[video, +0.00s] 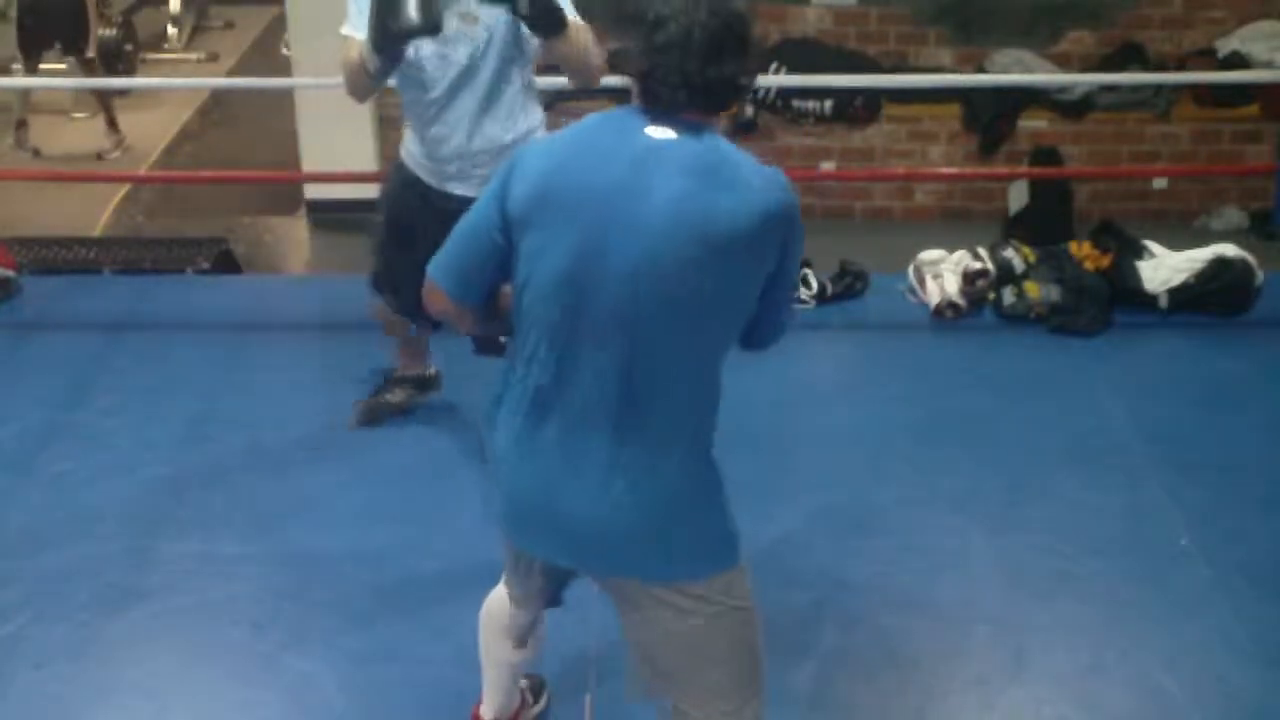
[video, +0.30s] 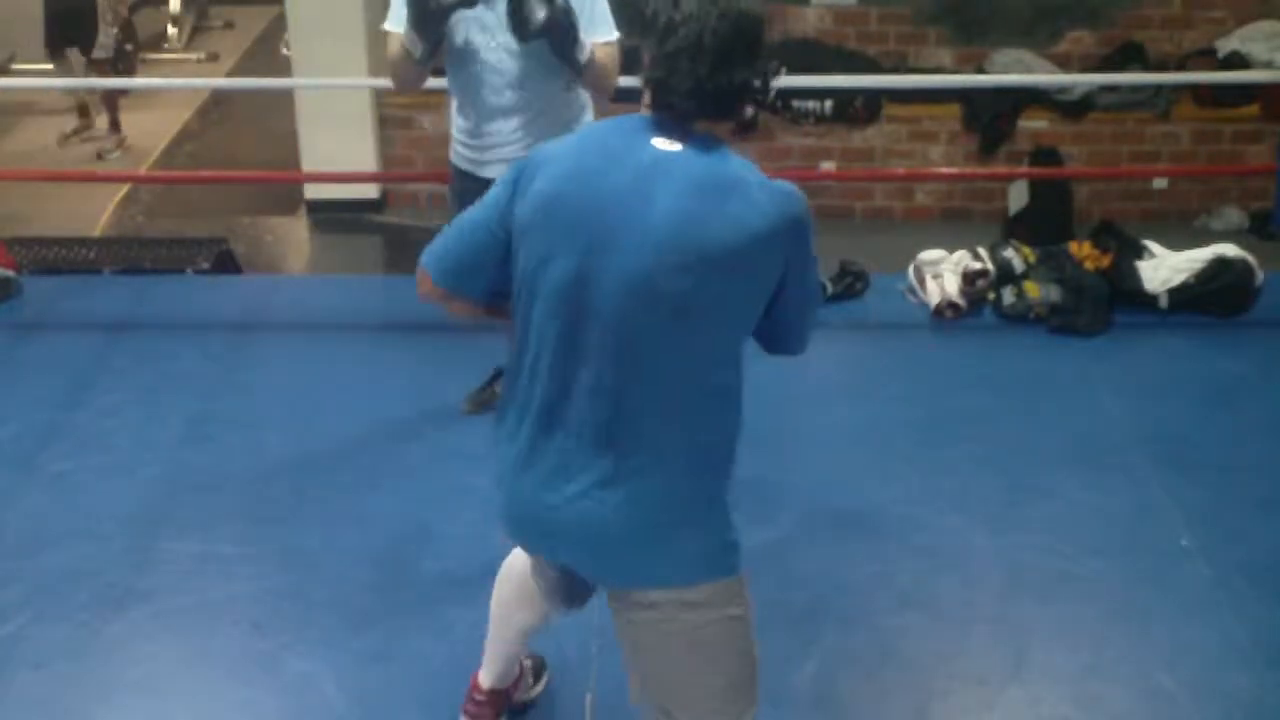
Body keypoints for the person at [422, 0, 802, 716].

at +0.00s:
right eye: (747, 70)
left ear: (635, 67)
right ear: (738, 85)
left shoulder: (543, 159)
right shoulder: (762, 196)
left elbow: (444, 294)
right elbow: (759, 329)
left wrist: (504, 323)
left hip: (531, 478)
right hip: (659, 511)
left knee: (520, 597)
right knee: (726, 705)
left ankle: (497, 705)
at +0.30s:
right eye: (760, 77)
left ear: (645, 72)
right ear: (750, 92)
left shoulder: (556, 164)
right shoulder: (771, 210)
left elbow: (440, 277)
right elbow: (787, 333)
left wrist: (539, 303)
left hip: (538, 492)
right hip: (668, 525)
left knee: (544, 562)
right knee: (711, 705)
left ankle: (493, 684)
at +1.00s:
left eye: (415, 18)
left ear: (421, 16)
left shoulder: (408, 87)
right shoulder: (565, 38)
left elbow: (400, 185)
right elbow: (641, 10)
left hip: (456, 330)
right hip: (553, 338)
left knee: (462, 428)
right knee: (536, 548)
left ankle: (442, 562)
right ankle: (456, 713)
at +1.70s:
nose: (693, 14)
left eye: (692, 7)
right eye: (692, 7)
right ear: (673, 8)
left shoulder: (547, 28)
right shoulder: (661, 98)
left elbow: (492, 92)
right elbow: (710, 218)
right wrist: (718, 157)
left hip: (507, 299)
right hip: (588, 324)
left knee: (566, 397)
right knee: (624, 517)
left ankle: (579, 492)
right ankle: (597, 704)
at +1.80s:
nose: (699, 23)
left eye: (702, 14)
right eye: (698, 11)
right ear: (669, 4)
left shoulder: (578, 35)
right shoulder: (617, 74)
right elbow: (688, 192)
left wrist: (702, 127)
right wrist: (718, 120)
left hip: (510, 285)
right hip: (539, 310)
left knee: (596, 381)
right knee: (580, 498)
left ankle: (597, 494)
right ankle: (586, 698)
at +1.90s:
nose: (685, 21)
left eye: (688, 14)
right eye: (684, 10)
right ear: (652, 4)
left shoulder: (589, 31)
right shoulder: (586, 60)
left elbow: (636, 141)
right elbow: (645, 178)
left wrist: (692, 89)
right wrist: (702, 107)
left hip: (549, 268)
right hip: (508, 282)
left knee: (607, 365)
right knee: (555, 472)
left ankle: (591, 491)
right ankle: (494, 674)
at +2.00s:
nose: (666, 11)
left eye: (667, 7)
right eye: (665, 4)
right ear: (640, 1)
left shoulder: (590, 34)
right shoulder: (555, 55)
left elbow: (618, 137)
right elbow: (618, 178)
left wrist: (661, 87)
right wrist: (676, 100)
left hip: (545, 256)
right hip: (495, 272)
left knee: (596, 358)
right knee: (523, 468)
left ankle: (592, 488)